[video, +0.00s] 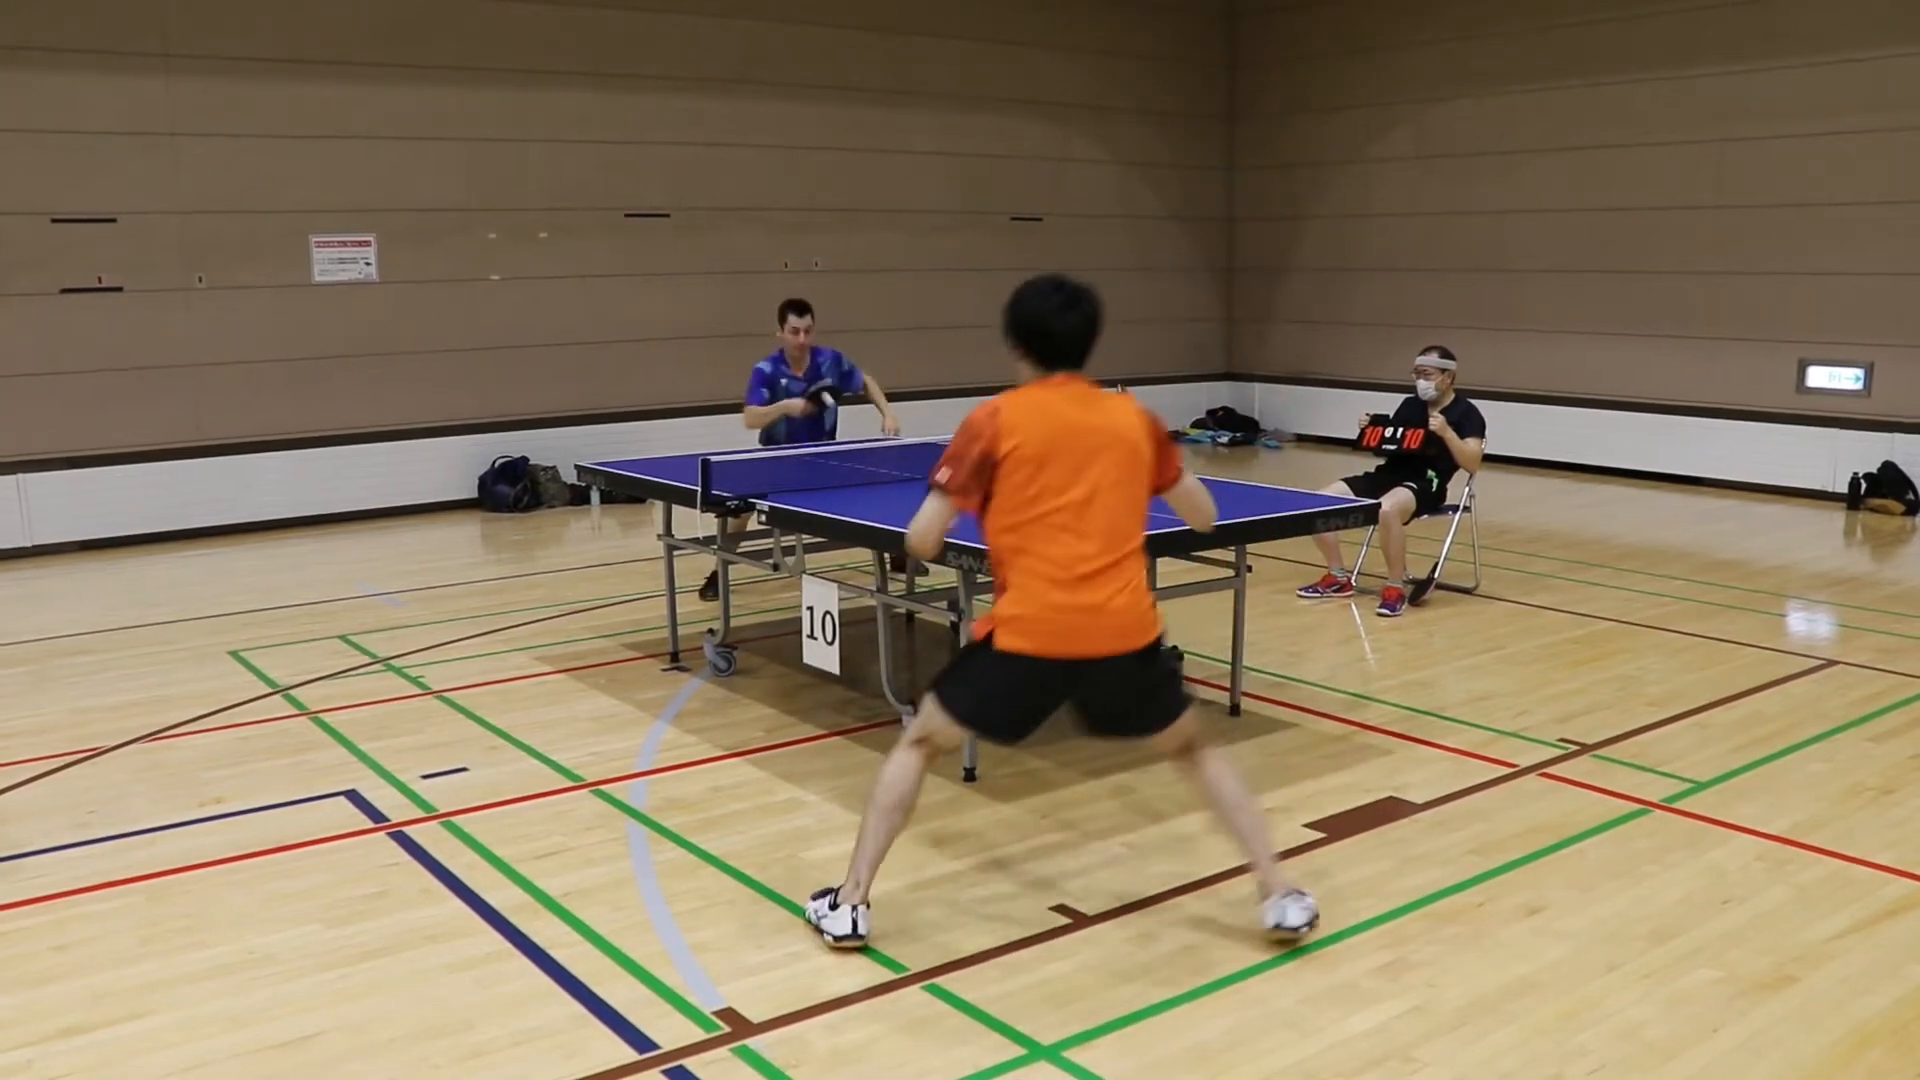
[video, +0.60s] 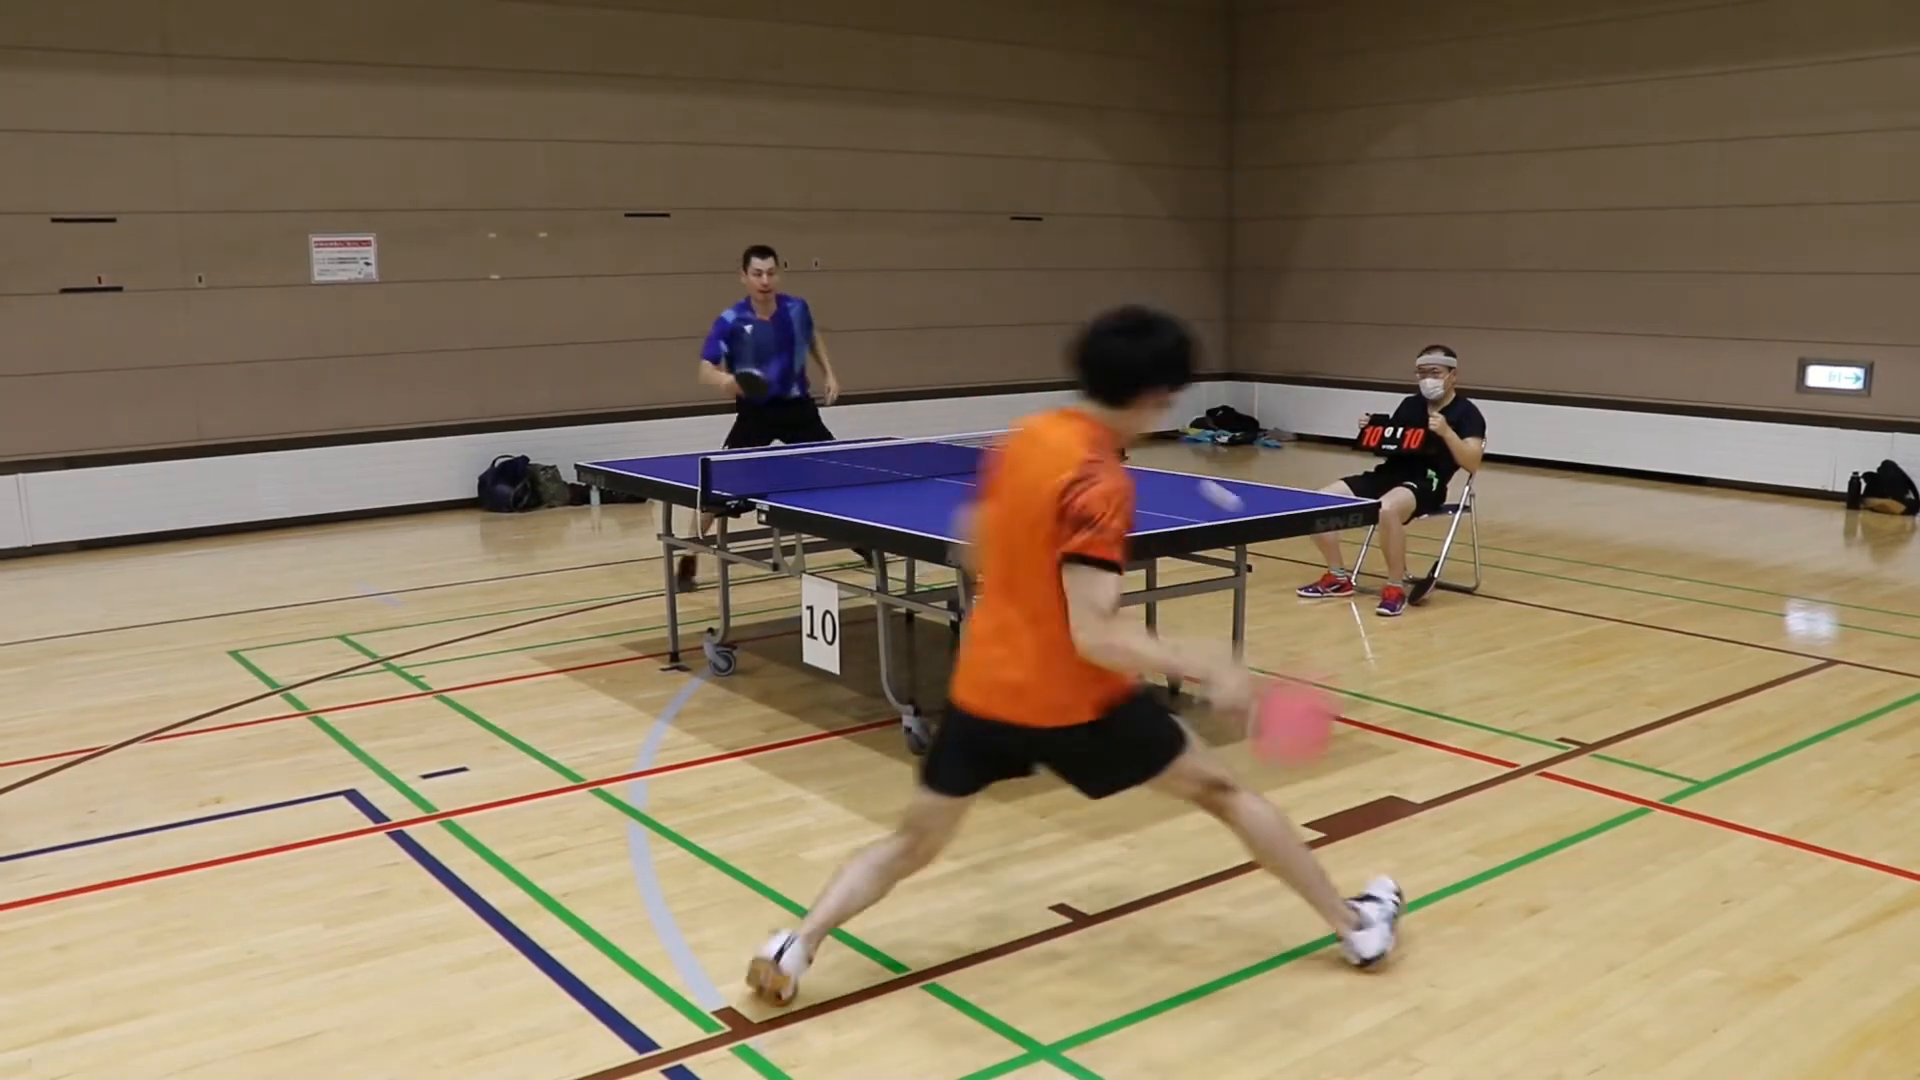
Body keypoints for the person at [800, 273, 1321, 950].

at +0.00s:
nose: (1010, 346)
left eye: (1012, 337)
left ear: (1018, 344)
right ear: (1090, 342)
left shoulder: (993, 421)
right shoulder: (1134, 419)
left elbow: (922, 544)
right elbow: (1203, 517)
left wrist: (925, 542)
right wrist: (1158, 464)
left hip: (1025, 644)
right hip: (1126, 642)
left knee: (920, 743)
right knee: (1194, 749)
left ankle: (851, 901)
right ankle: (1281, 895)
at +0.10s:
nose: (1061, 319)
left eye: (1066, 309)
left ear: (1071, 315)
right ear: (1145, 317)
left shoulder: (1038, 388)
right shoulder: (1184, 399)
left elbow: (966, 500)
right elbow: (1228, 527)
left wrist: (1032, 509)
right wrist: (1174, 486)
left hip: (1056, 618)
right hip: (1163, 614)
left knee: (956, 733)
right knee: (1266, 718)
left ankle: (878, 889)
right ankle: (1316, 887)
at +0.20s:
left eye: (1131, 310)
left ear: (1132, 317)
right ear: (1208, 322)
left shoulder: (1089, 389)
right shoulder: (1239, 416)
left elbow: (1036, 500)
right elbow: (1263, 561)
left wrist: (1106, 512)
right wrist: (1238, 541)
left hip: (1085, 627)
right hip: (1192, 630)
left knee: (1007, 740)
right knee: (1288, 748)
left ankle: (969, 886)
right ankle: (1372, 909)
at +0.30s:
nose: (1173, 344)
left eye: (1176, 334)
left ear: (1177, 341)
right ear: (1255, 351)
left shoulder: (1125, 411)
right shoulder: (1269, 443)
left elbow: (1094, 512)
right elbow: (1278, 599)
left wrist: (1167, 520)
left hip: (1106, 650)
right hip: (1208, 660)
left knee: (1039, 782)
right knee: (1300, 756)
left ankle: (981, 916)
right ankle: (1376, 916)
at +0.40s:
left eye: (1185, 346)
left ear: (1183, 355)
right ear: (1259, 374)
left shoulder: (1134, 424)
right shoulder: (1251, 461)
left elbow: (1128, 543)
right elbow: (1247, 615)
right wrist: (1297, 695)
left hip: (1088, 668)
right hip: (1191, 684)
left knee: (1018, 798)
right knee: (1302, 761)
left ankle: (932, 901)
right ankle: (1374, 919)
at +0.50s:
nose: (1240, 391)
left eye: (1234, 376)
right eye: (1239, 381)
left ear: (1159, 366)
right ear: (1227, 391)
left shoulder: (1106, 429)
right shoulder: (1183, 471)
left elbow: (1082, 554)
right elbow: (1157, 632)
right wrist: (1242, 711)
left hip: (1041, 676)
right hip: (1127, 692)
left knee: (973, 819)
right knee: (1271, 774)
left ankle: (849, 907)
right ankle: (1373, 923)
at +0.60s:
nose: (1172, 408)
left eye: (1173, 392)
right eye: (1171, 394)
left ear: (1092, 373)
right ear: (1148, 395)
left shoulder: (1019, 437)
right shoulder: (1100, 477)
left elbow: (971, 547)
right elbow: (1095, 632)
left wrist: (1030, 608)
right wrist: (1205, 666)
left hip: (980, 693)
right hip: (1075, 702)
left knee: (912, 838)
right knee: (1223, 791)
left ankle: (795, 947)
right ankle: (1353, 924)